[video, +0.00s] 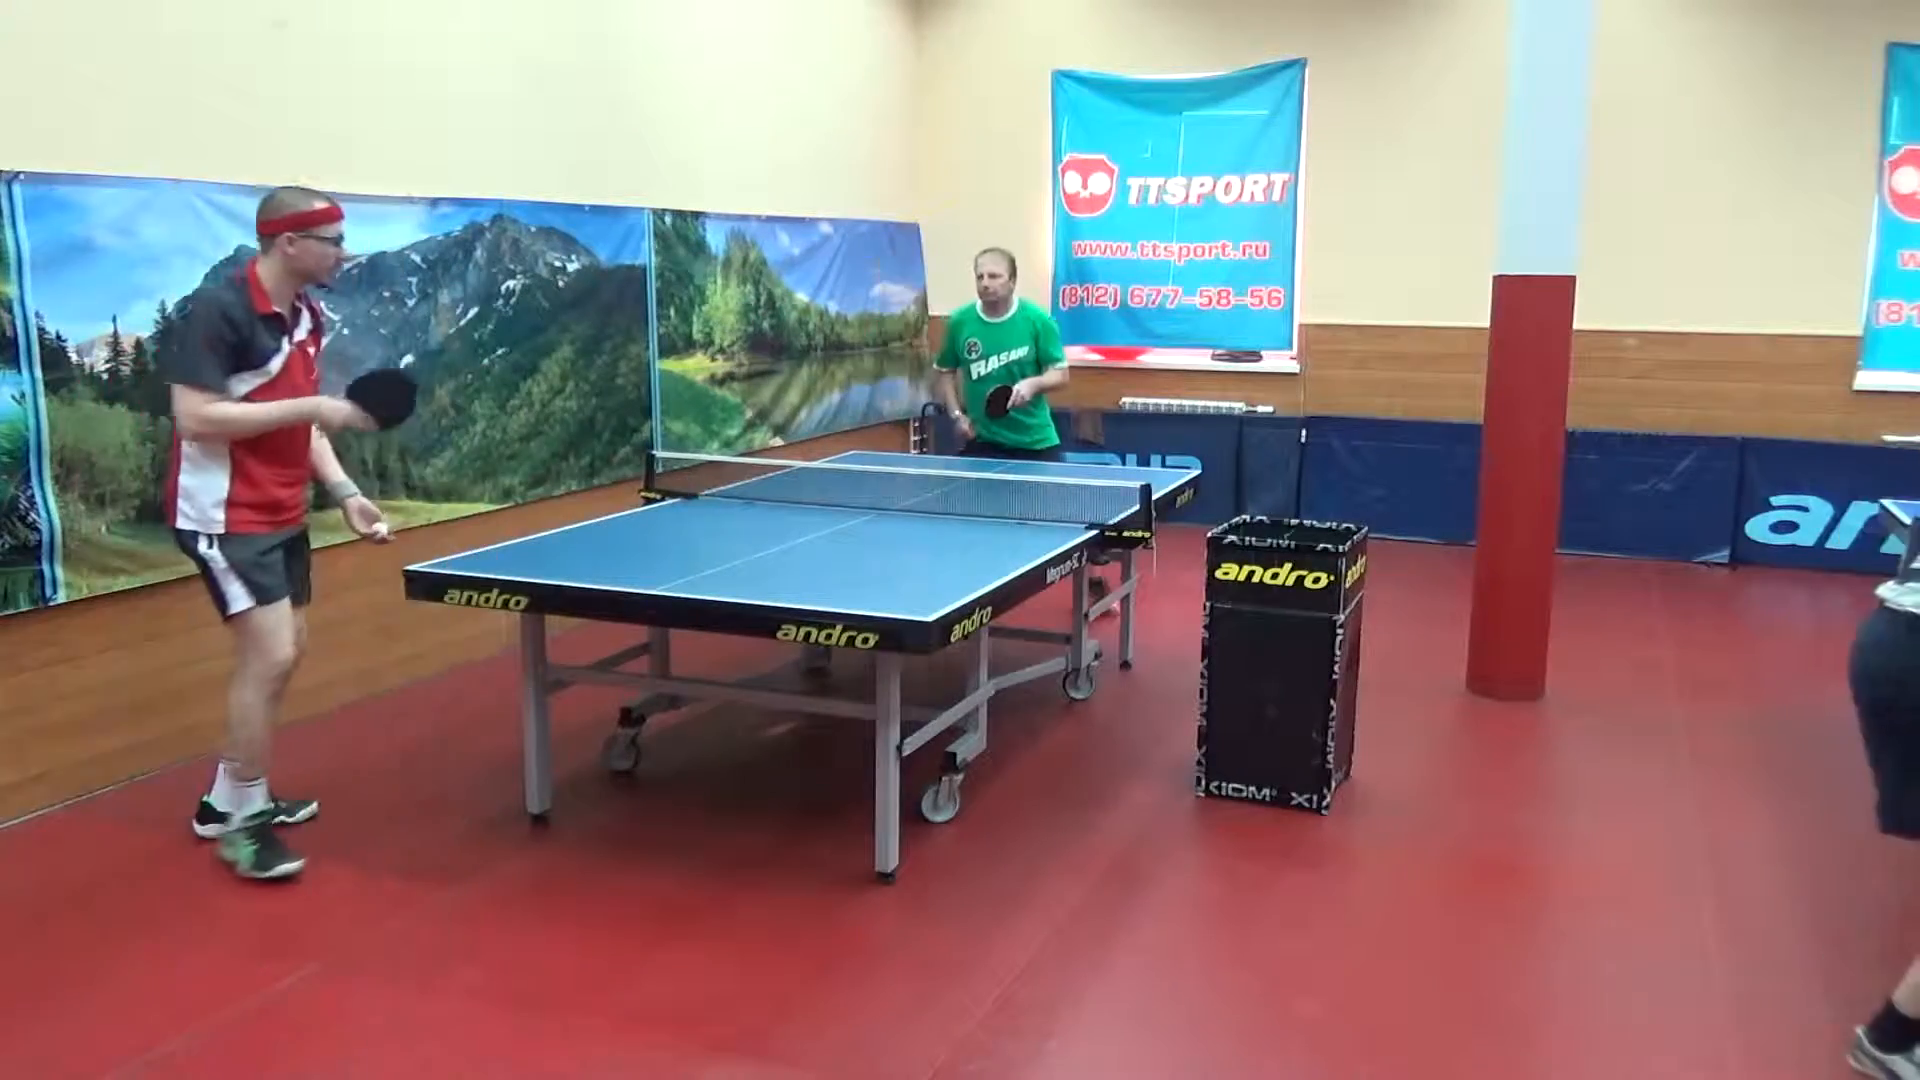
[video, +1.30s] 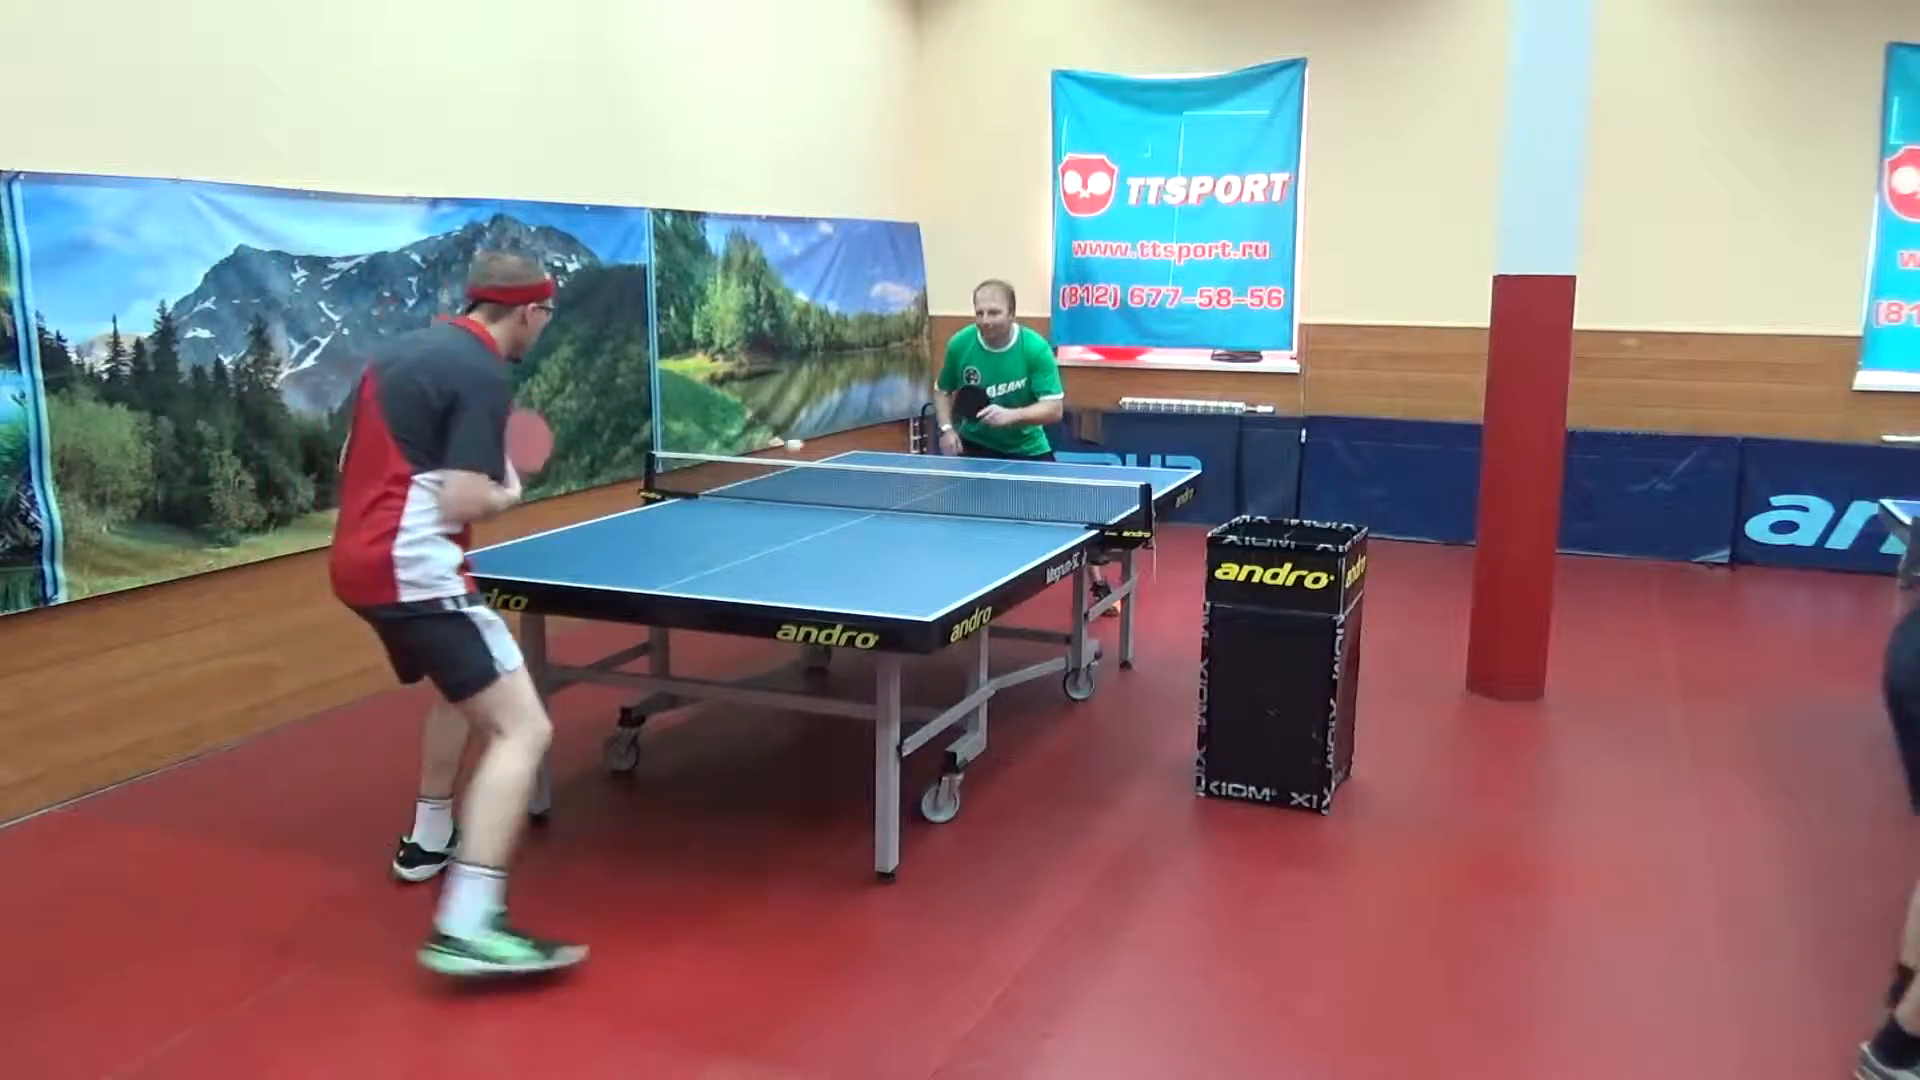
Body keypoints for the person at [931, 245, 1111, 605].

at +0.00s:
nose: (987, 284)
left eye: (995, 277)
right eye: (981, 277)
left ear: (1013, 281)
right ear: (975, 281)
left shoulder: (1037, 321)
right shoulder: (960, 322)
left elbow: (1060, 374)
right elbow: (945, 372)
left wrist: (1032, 384)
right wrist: (956, 414)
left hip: (1036, 438)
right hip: (984, 439)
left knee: (1063, 505)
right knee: (969, 512)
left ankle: (1089, 575)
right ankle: (969, 586)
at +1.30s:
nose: (986, 321)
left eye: (994, 313)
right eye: (981, 313)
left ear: (1012, 314)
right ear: (973, 313)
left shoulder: (1035, 348)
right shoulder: (960, 345)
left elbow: (1053, 409)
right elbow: (943, 390)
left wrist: (1011, 415)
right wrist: (946, 428)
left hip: (1029, 450)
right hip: (976, 449)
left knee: (1068, 510)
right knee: (963, 517)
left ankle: (1098, 584)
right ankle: (962, 594)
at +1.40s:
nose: (972, 340)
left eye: (980, 333)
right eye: (966, 332)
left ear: (999, 330)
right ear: (961, 330)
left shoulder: (1024, 360)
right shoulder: (951, 359)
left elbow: (1050, 421)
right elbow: (933, 405)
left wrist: (1003, 434)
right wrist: (929, 441)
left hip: (1024, 461)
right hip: (970, 463)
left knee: (1064, 512)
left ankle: (1097, 583)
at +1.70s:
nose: (942, 338)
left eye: (950, 330)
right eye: (938, 330)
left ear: (970, 329)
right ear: (933, 328)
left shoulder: (992, 362)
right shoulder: (934, 356)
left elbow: (989, 421)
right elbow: (927, 403)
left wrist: (954, 418)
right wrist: (920, 438)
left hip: (1010, 457)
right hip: (963, 458)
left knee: (1052, 515)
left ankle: (1096, 583)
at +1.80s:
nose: (940, 318)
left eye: (948, 311)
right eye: (935, 311)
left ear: (969, 312)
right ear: (931, 311)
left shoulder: (992, 346)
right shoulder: (931, 343)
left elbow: (992, 409)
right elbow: (926, 393)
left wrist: (949, 424)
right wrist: (921, 426)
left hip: (1009, 451)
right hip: (960, 449)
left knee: (1048, 515)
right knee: (948, 521)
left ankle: (1093, 582)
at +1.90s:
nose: (945, 313)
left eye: (953, 306)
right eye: (941, 306)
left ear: (974, 309)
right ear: (937, 309)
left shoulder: (997, 345)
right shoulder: (934, 344)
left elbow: (997, 407)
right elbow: (930, 399)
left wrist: (947, 416)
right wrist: (921, 432)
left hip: (1011, 453)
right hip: (960, 453)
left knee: (1046, 516)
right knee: (950, 525)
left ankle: (1087, 586)